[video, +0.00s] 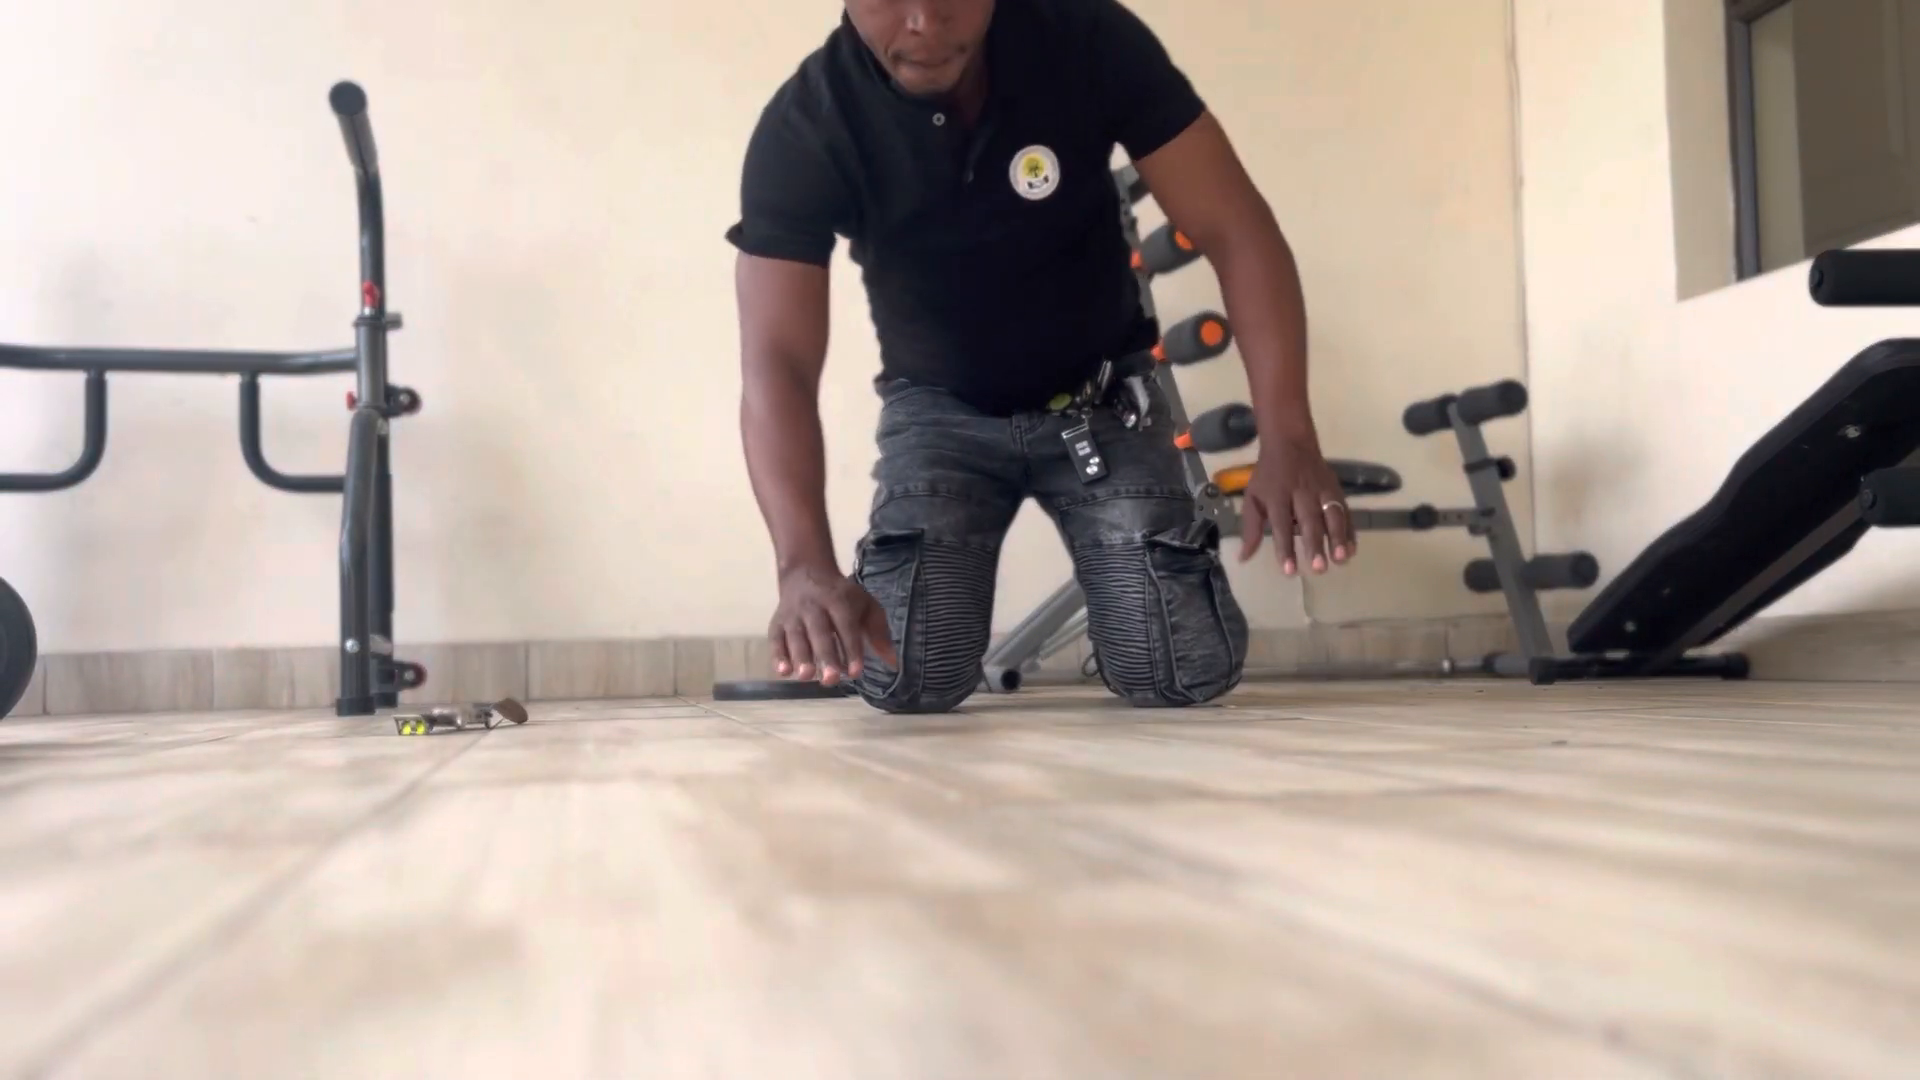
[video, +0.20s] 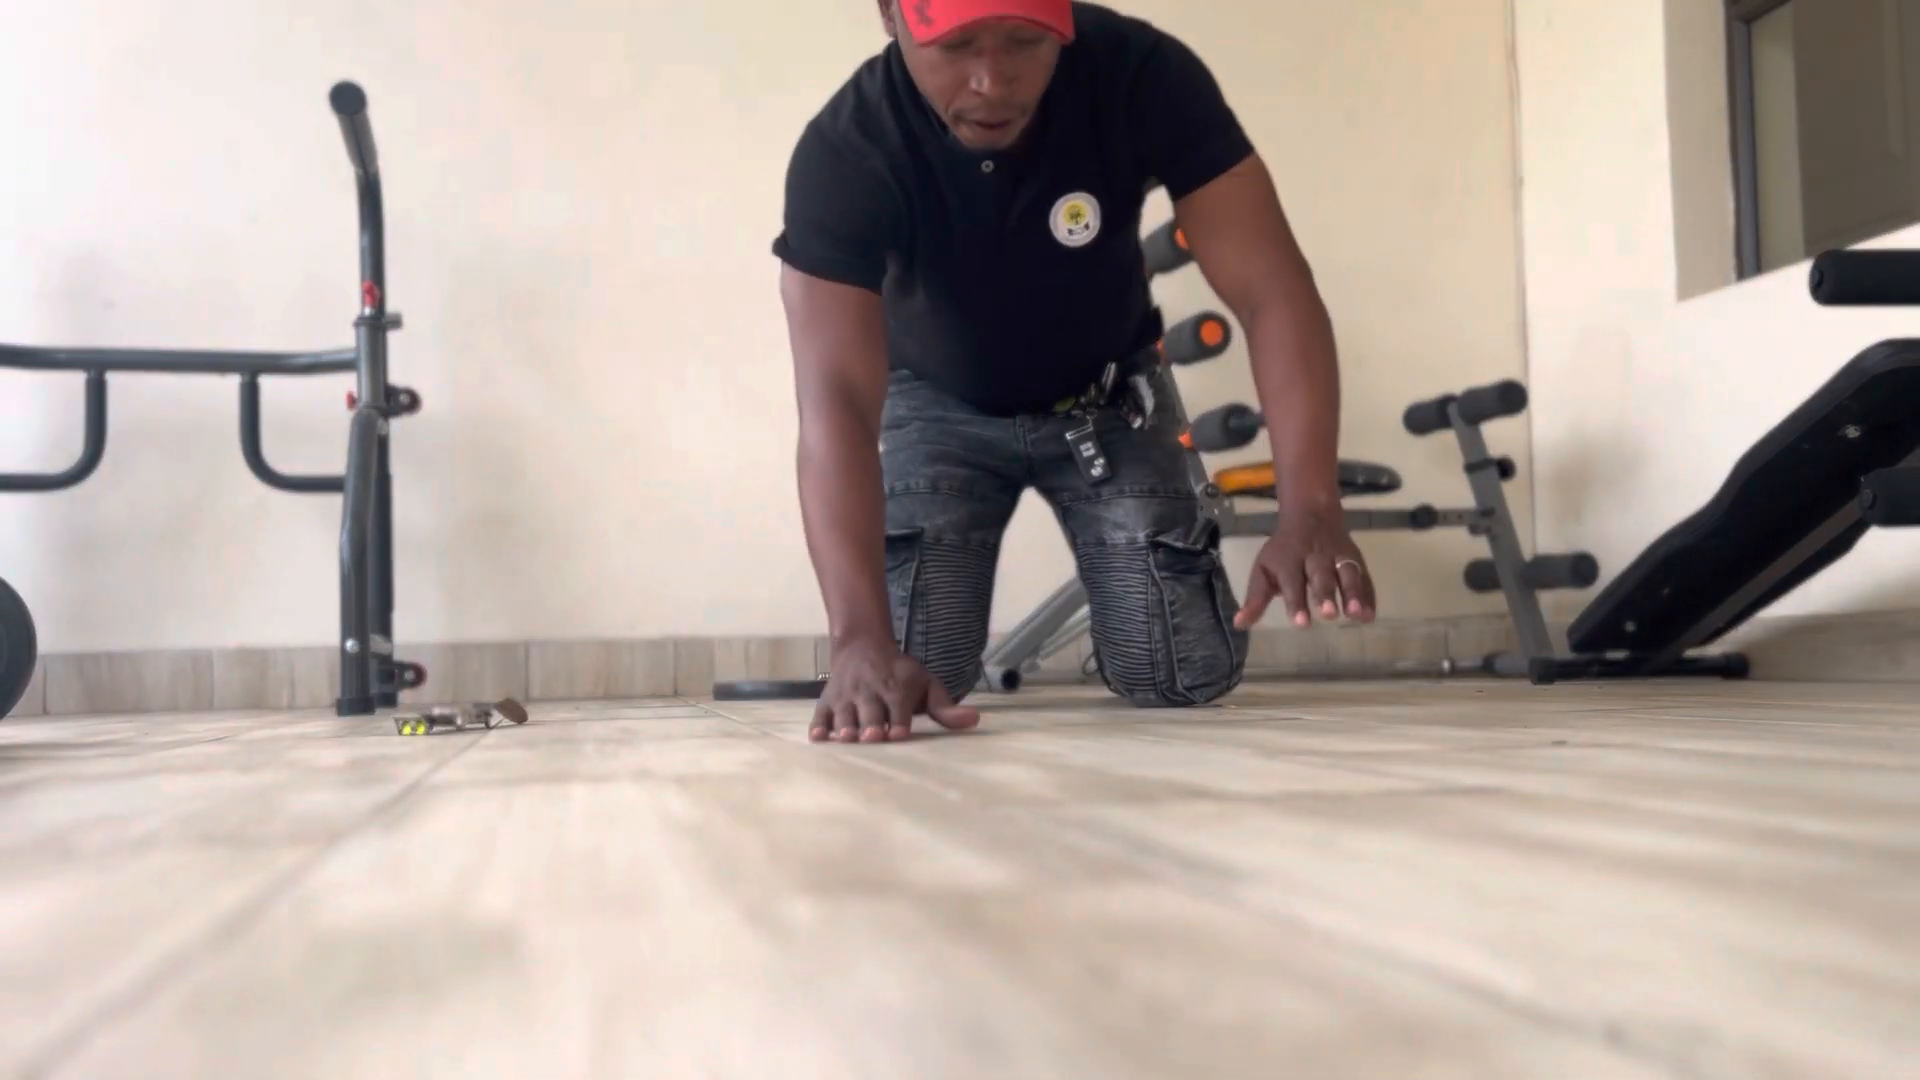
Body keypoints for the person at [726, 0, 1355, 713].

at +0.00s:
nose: (921, 24)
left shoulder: (1085, 39)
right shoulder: (808, 125)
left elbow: (1239, 231)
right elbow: (777, 368)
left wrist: (1287, 435)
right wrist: (804, 565)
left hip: (1104, 401)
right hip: (938, 413)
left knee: (1181, 672)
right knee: (915, 679)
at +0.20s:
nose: (989, 81)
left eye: (1023, 40)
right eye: (952, 44)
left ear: (1065, 20)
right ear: (894, 23)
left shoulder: (1144, 82)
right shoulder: (847, 151)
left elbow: (1276, 292)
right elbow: (833, 401)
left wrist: (1310, 508)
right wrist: (859, 637)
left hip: (1111, 399)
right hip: (935, 412)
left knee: (1181, 673)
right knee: (916, 689)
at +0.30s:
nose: (1045, 183)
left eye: (1077, 151)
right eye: (1012, 151)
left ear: (1119, 90)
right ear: (938, 84)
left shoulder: (1194, 129)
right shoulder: (873, 161)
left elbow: (1334, 361)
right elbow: (849, 424)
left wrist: (1364, 594)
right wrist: (866, 672)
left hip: (1114, 400)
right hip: (943, 408)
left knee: (1177, 676)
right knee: (916, 680)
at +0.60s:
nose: (1154, 235)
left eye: (1183, 202)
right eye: (1120, 203)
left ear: (1238, 119)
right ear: (1035, 110)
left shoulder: (1295, 146)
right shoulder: (940, 140)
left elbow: (1388, 414)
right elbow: (858, 420)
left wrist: (1400, 661)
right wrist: (866, 674)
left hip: (1163, 379)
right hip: (975, 376)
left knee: (1183, 680)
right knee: (907, 676)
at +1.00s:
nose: (1176, 191)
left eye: (1215, 164)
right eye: (1152, 157)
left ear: (1287, 94)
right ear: (1094, 67)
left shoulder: (1351, 122)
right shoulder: (982, 129)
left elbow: (1400, 398)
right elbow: (881, 415)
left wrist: (1402, 662)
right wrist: (865, 674)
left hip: (1212, 373)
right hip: (1026, 359)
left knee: (1194, 678)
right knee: (954, 597)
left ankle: (1141, 637)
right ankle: (925, 666)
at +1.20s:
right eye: (1133, 195)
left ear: (1293, 118)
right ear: (1082, 79)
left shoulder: (1365, 116)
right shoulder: (986, 117)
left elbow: (1412, 397)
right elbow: (882, 396)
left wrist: (1406, 663)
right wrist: (865, 654)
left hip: (1224, 348)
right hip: (1040, 328)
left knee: (1208, 655)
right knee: (981, 528)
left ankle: (1144, 585)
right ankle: (945, 609)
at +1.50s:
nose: (1132, 340)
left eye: (1173, 298)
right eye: (1097, 280)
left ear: (1286, 136)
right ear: (1055, 107)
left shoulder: (1369, 111)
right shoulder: (967, 121)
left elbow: (1418, 398)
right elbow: (872, 414)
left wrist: (1406, 663)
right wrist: (869, 673)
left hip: (1225, 280)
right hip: (1024, 261)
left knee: (1206, 574)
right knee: (983, 466)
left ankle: (1164, 590)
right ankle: (951, 602)